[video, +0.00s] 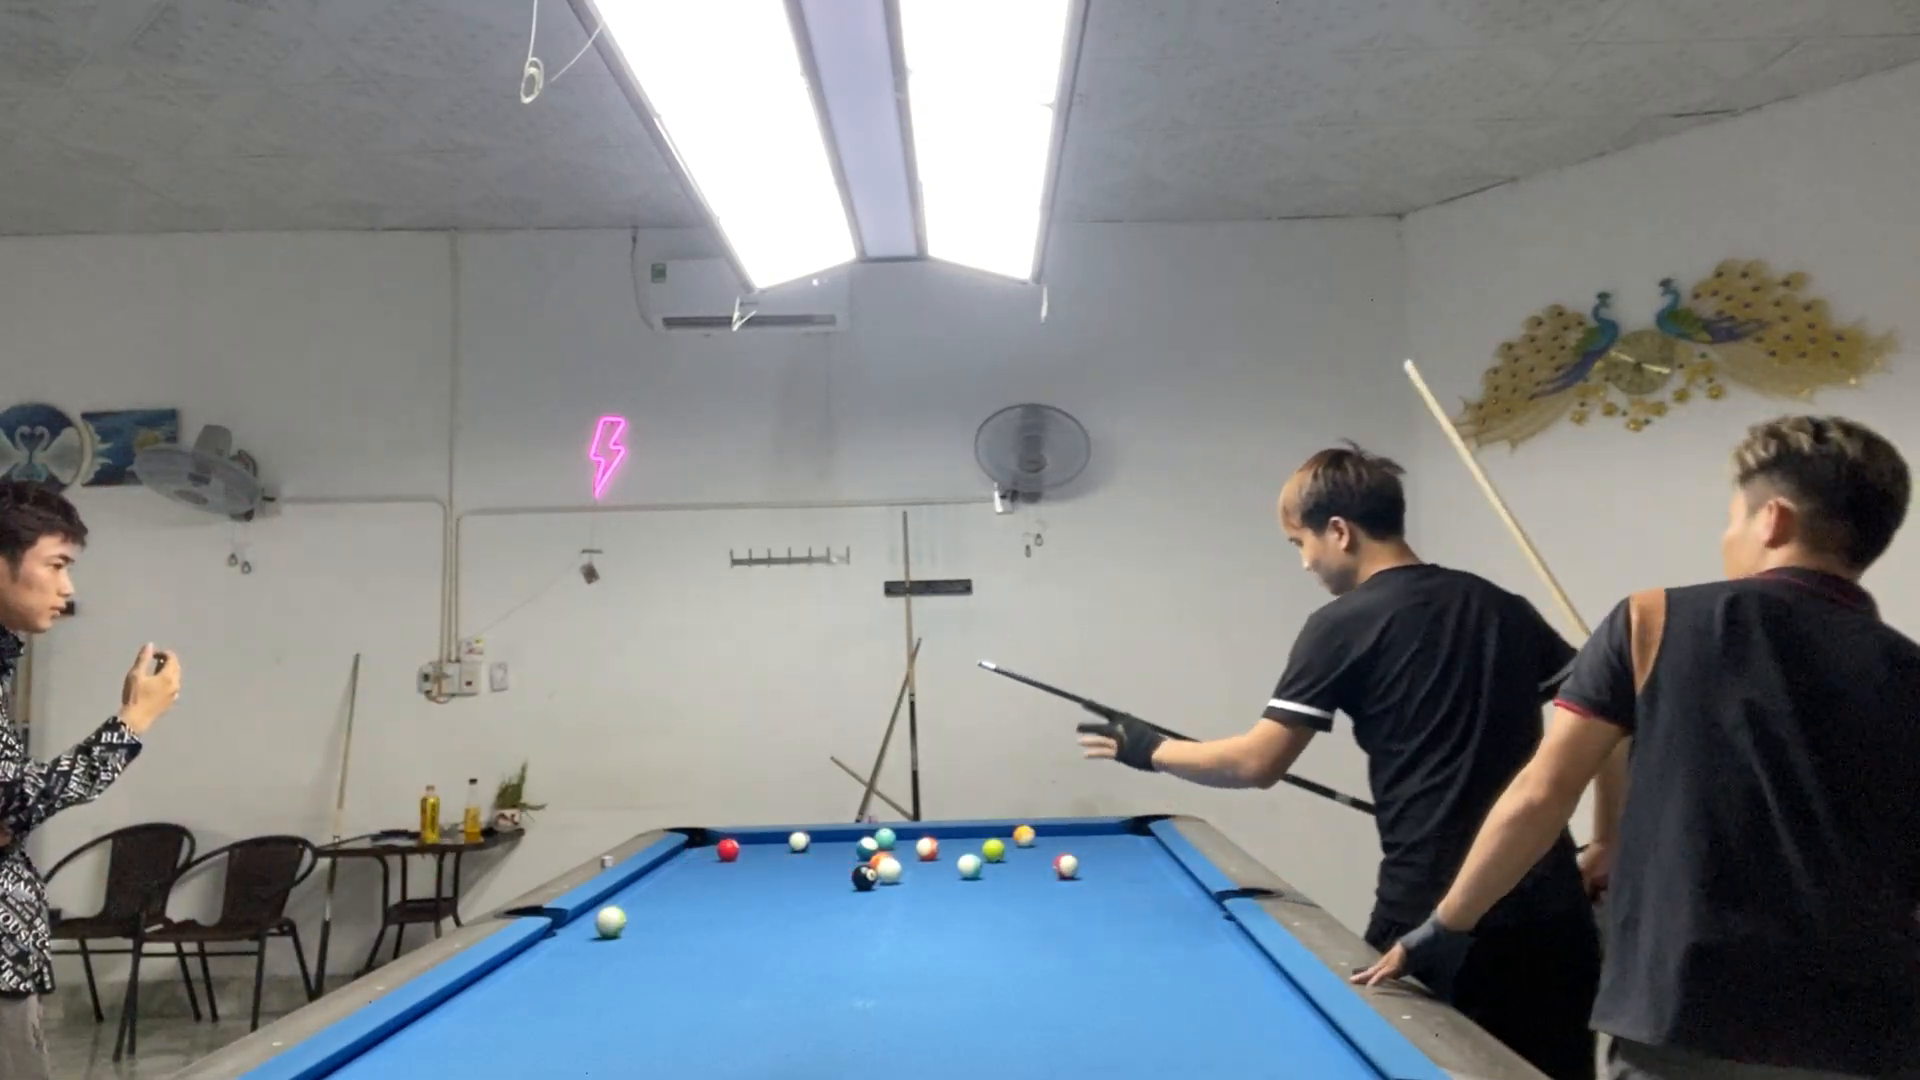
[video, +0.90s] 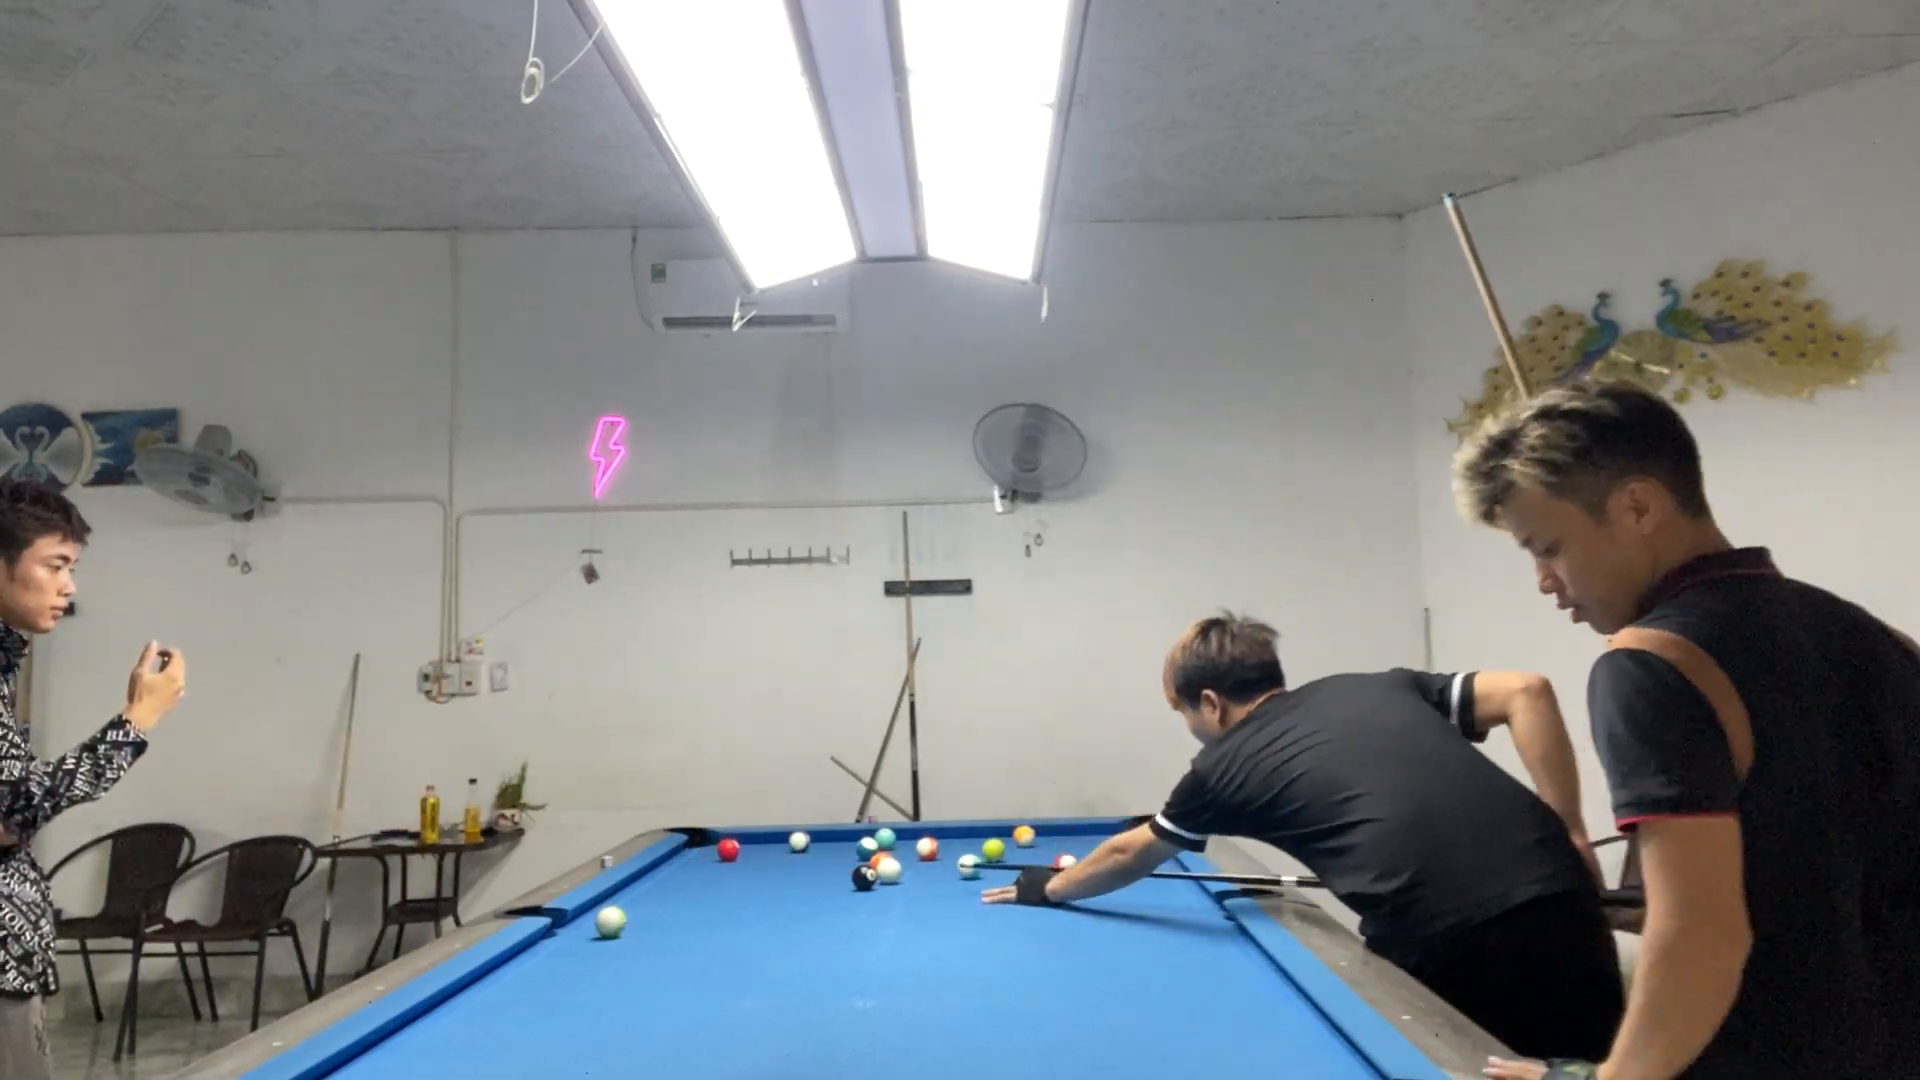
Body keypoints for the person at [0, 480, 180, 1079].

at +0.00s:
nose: (69, 590)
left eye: (69, 569)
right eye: (57, 565)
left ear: (17, 566)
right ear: (5, 565)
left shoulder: (6, 665)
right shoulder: (4, 668)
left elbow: (18, 798)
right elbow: (15, 802)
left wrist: (128, 724)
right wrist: (132, 724)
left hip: (17, 975)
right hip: (9, 977)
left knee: (29, 1069)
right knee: (26, 1070)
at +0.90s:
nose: (69, 587)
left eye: (71, 569)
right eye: (56, 565)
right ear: (5, 566)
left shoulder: (9, 667)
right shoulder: (5, 669)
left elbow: (23, 795)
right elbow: (22, 799)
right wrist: (137, 721)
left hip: (20, 974)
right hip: (11, 977)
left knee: (29, 1069)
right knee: (26, 1071)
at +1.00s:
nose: (70, 588)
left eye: (71, 569)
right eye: (56, 565)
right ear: (6, 567)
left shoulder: (9, 667)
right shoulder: (5, 670)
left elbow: (25, 795)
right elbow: (25, 799)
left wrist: (14, 824)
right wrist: (139, 720)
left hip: (20, 972)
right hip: (11, 974)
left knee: (30, 1069)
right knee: (26, 1070)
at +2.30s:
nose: (71, 595)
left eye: (72, 574)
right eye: (59, 569)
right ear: (5, 566)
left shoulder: (3, 673)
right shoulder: (0, 674)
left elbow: (21, 792)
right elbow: (20, 800)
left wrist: (13, 825)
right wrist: (137, 722)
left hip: (17, 975)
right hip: (8, 978)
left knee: (29, 1069)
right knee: (26, 1070)